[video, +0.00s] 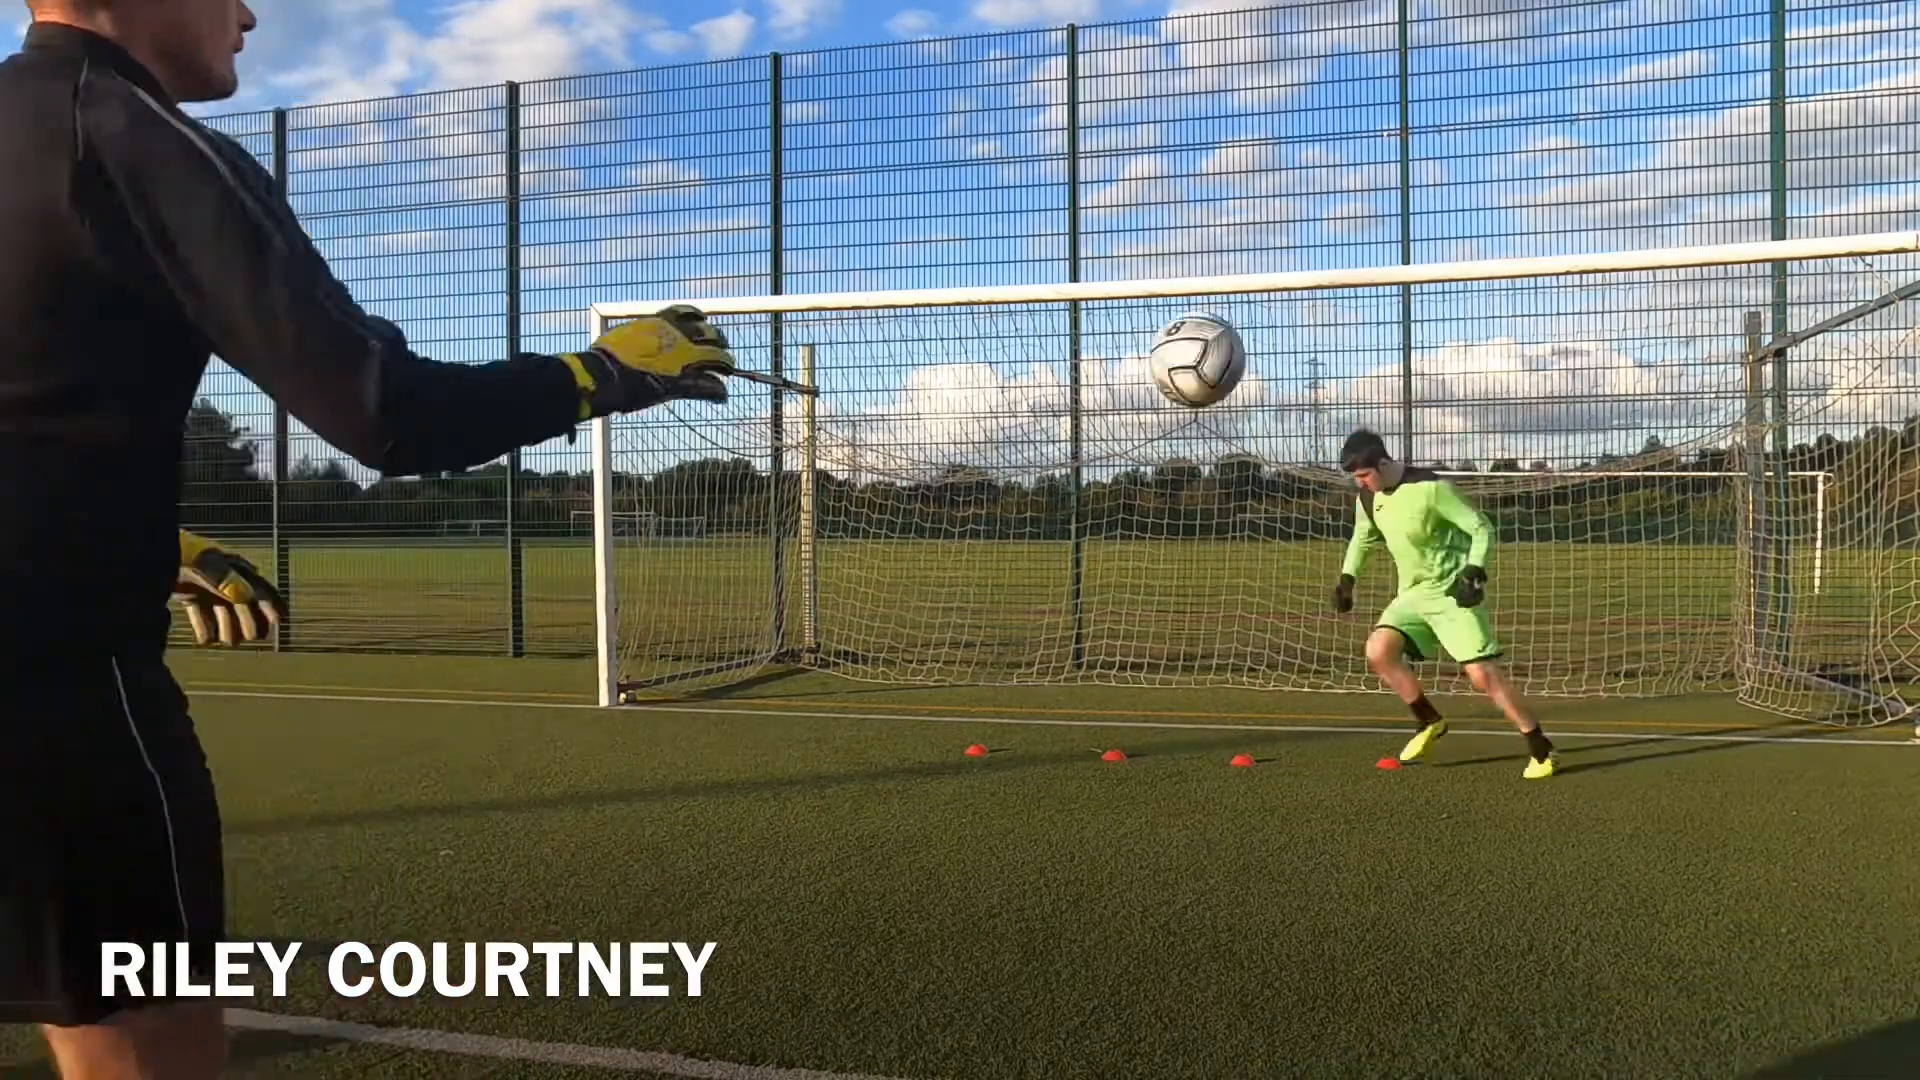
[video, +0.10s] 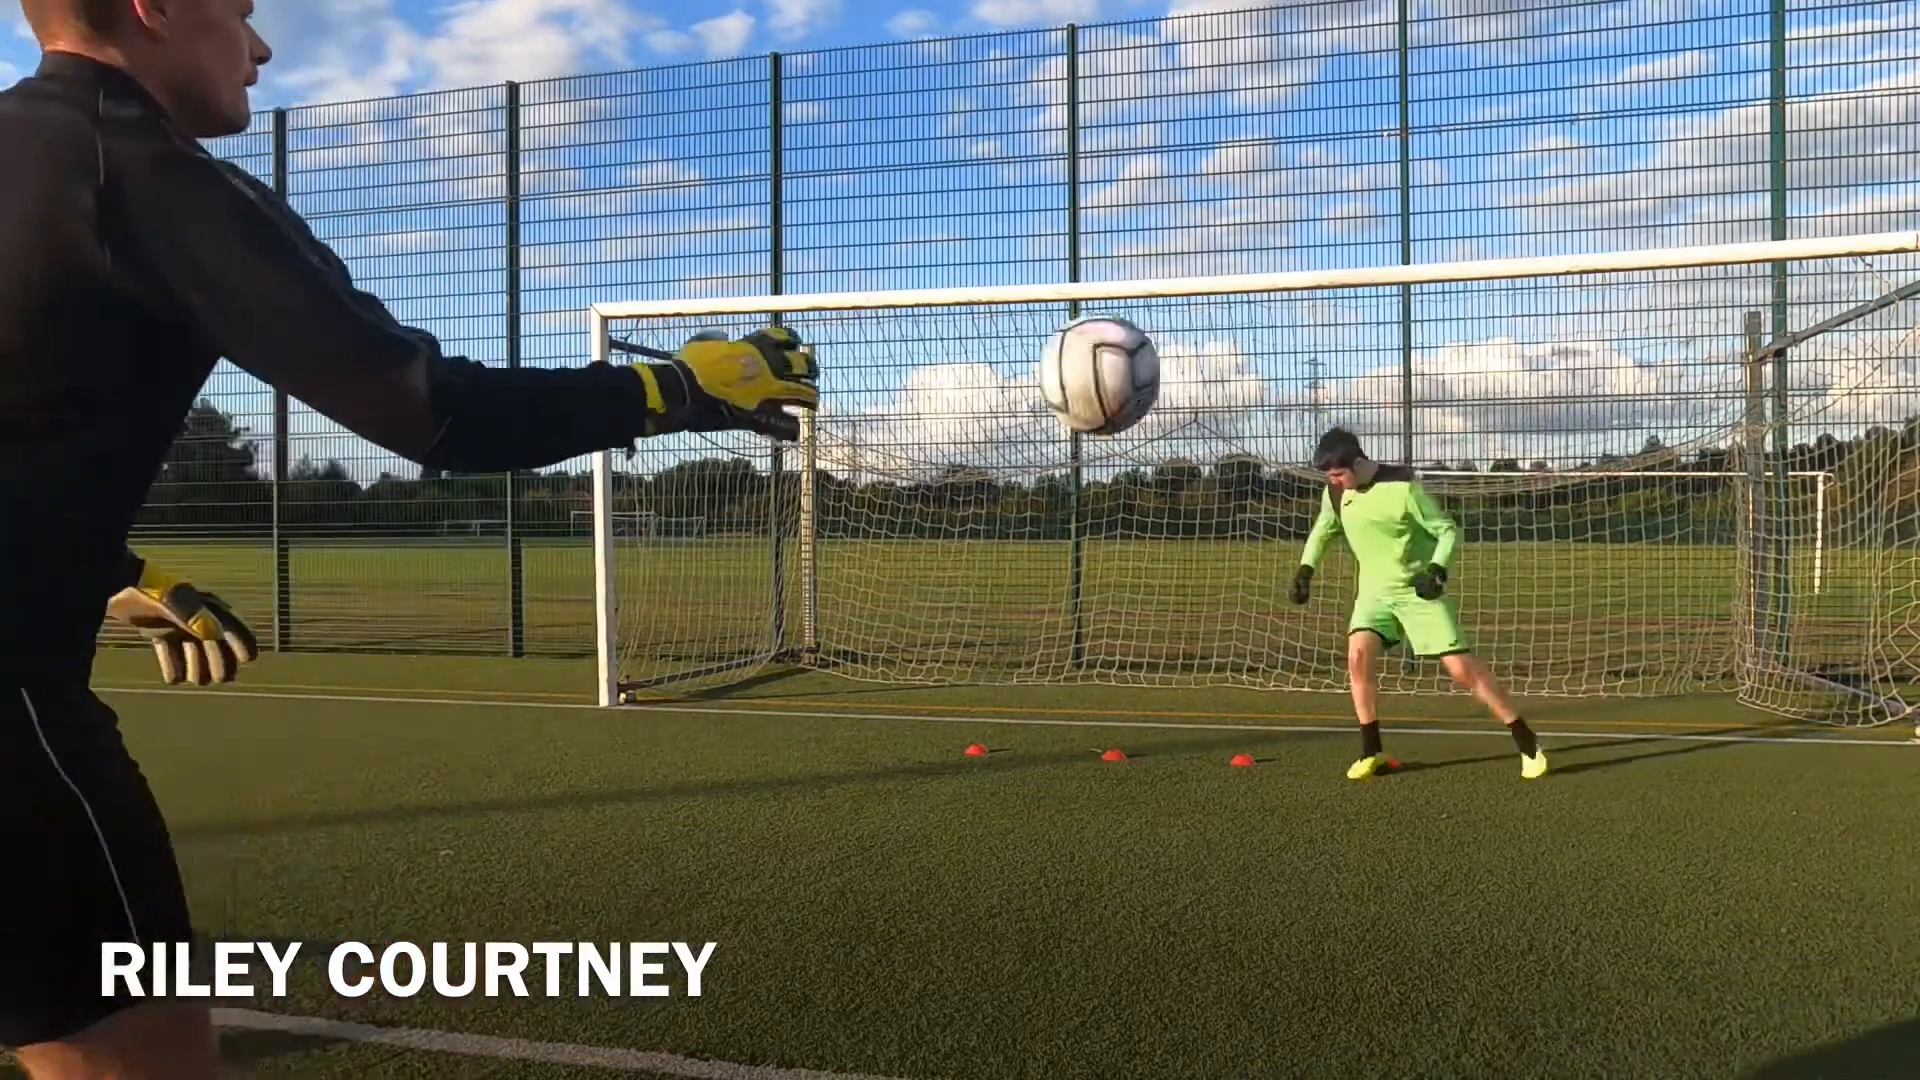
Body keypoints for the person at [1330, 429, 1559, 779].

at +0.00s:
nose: (1360, 483)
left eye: (1364, 474)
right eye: (1355, 477)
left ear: (1383, 462)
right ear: (1355, 474)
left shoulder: (1431, 489)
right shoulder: (1367, 498)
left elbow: (1481, 528)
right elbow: (1363, 537)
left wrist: (1474, 571)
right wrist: (1346, 579)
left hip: (1452, 592)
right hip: (1410, 597)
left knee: (1482, 674)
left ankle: (1542, 749)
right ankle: (1430, 721)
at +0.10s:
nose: (1333, 480)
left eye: (1338, 471)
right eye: (1329, 473)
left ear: (1358, 460)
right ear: (1328, 471)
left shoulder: (1405, 490)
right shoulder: (1335, 493)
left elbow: (1448, 529)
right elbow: (1323, 530)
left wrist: (1436, 568)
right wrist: (1305, 570)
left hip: (1419, 596)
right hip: (1372, 599)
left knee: (1462, 669)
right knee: (1357, 656)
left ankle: (1526, 740)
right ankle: (1372, 751)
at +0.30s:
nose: (1264, 473)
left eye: (1269, 465)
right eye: (1259, 466)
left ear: (1288, 455)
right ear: (1256, 464)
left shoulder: (1333, 480)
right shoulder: (1263, 483)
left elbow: (1374, 524)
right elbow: (1261, 517)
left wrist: (1366, 562)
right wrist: (1254, 557)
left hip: (1349, 567)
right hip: (1306, 573)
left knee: (1363, 660)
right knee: (1319, 644)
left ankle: (1364, 714)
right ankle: (1334, 734)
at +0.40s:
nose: (1226, 475)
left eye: (1231, 468)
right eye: (1221, 469)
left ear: (1251, 458)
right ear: (1218, 466)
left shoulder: (1293, 486)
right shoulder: (1229, 487)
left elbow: (1343, 519)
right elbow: (1232, 523)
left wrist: (1349, 564)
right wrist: (1227, 565)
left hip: (1313, 584)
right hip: (1269, 584)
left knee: (1328, 665)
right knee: (1261, 653)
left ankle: (1347, 733)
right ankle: (1268, 709)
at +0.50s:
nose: (1183, 470)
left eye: (1189, 463)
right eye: (1179, 465)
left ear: (1208, 452)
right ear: (1178, 462)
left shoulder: (1252, 478)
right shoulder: (1189, 484)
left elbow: (1303, 501)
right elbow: (1191, 525)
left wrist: (1332, 540)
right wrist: (1195, 559)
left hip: (1265, 585)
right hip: (1224, 588)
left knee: (1279, 673)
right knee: (1218, 671)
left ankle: (1325, 717)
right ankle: (1214, 732)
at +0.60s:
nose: (1141, 468)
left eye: (1145, 461)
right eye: (1137, 463)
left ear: (1164, 449)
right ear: (1137, 459)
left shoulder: (1212, 474)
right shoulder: (1150, 481)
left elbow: (1265, 491)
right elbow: (1158, 523)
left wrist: (1292, 530)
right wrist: (1160, 558)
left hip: (1222, 573)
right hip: (1185, 579)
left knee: (1205, 651)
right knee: (1181, 663)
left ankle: (1229, 722)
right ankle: (1209, 719)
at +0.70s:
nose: (1105, 475)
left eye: (1108, 467)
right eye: (1100, 469)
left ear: (1125, 454)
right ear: (1102, 466)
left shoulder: (1175, 481)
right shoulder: (1122, 488)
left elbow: (1225, 509)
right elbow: (1131, 528)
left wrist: (1238, 554)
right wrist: (1125, 562)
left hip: (1184, 574)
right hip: (1148, 578)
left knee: (1151, 648)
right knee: (1116, 642)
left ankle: (1162, 746)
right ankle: (1167, 695)